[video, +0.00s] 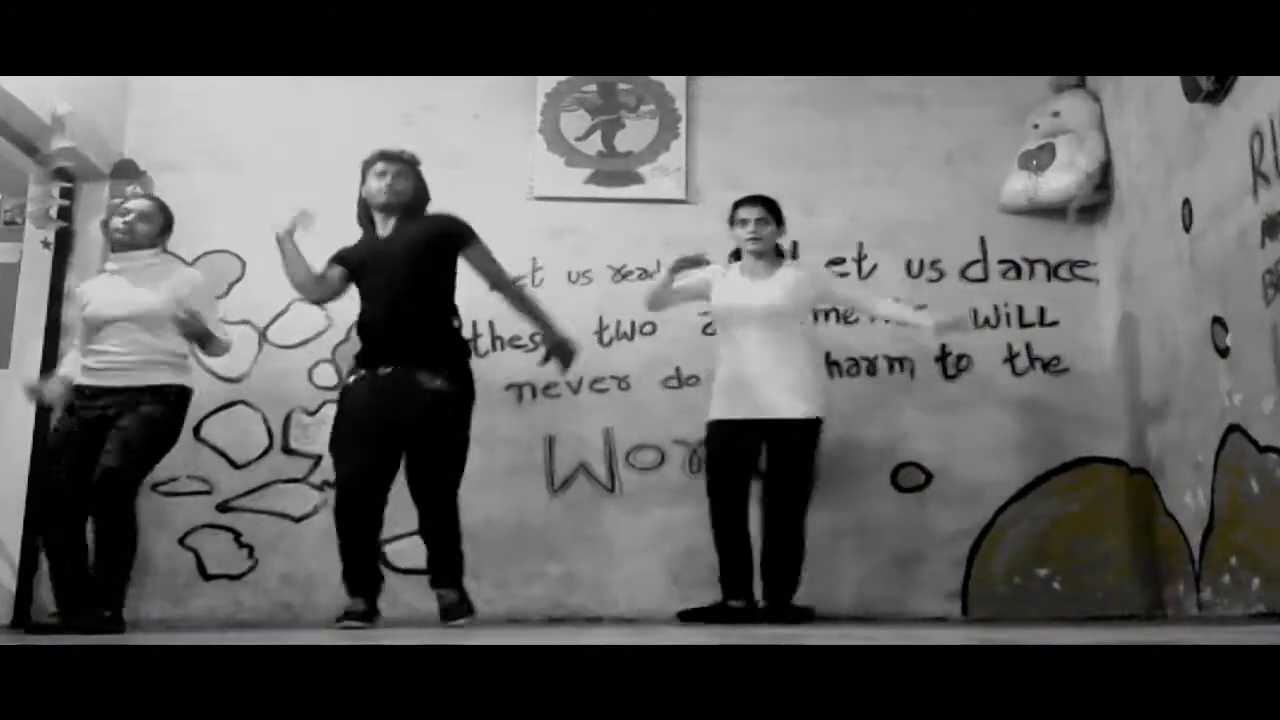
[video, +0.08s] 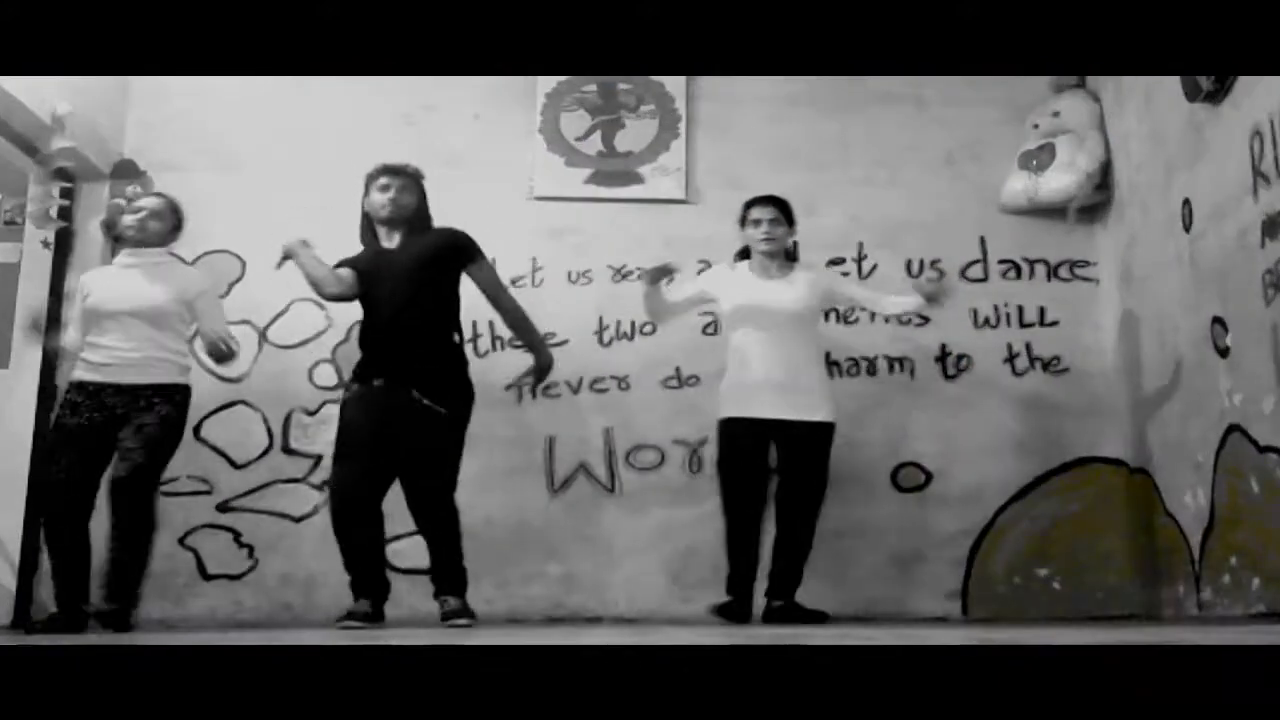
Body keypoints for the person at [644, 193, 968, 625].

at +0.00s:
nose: (752, 229)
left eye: (761, 222)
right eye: (744, 223)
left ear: (779, 230)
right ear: (732, 233)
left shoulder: (804, 277)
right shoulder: (718, 280)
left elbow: (868, 304)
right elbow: (654, 303)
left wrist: (926, 321)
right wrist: (672, 271)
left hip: (792, 408)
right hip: (732, 409)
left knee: (785, 509)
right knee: (725, 507)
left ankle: (778, 602)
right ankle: (736, 599)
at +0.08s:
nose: (766, 230)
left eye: (775, 223)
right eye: (756, 223)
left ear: (791, 232)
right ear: (743, 233)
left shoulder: (814, 281)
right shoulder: (724, 278)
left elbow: (876, 303)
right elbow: (660, 313)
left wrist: (920, 299)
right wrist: (652, 287)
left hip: (806, 410)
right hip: (744, 409)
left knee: (800, 512)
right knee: (742, 509)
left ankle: (781, 601)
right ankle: (738, 600)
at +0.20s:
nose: (791, 230)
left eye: (800, 223)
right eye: (781, 223)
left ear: (813, 230)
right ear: (767, 231)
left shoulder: (828, 281)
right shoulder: (748, 276)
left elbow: (861, 318)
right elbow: (715, 327)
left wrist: (862, 267)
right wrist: (666, 314)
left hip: (807, 400)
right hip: (773, 400)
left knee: (795, 504)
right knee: (847, 481)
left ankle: (782, 597)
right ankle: (810, 578)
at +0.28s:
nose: (804, 228)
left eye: (812, 221)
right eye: (794, 222)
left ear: (826, 230)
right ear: (779, 231)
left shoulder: (834, 279)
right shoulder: (761, 276)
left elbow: (847, 315)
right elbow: (727, 324)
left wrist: (855, 263)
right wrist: (680, 312)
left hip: (815, 402)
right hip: (785, 403)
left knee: (803, 508)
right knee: (864, 485)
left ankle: (780, 600)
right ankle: (861, 589)